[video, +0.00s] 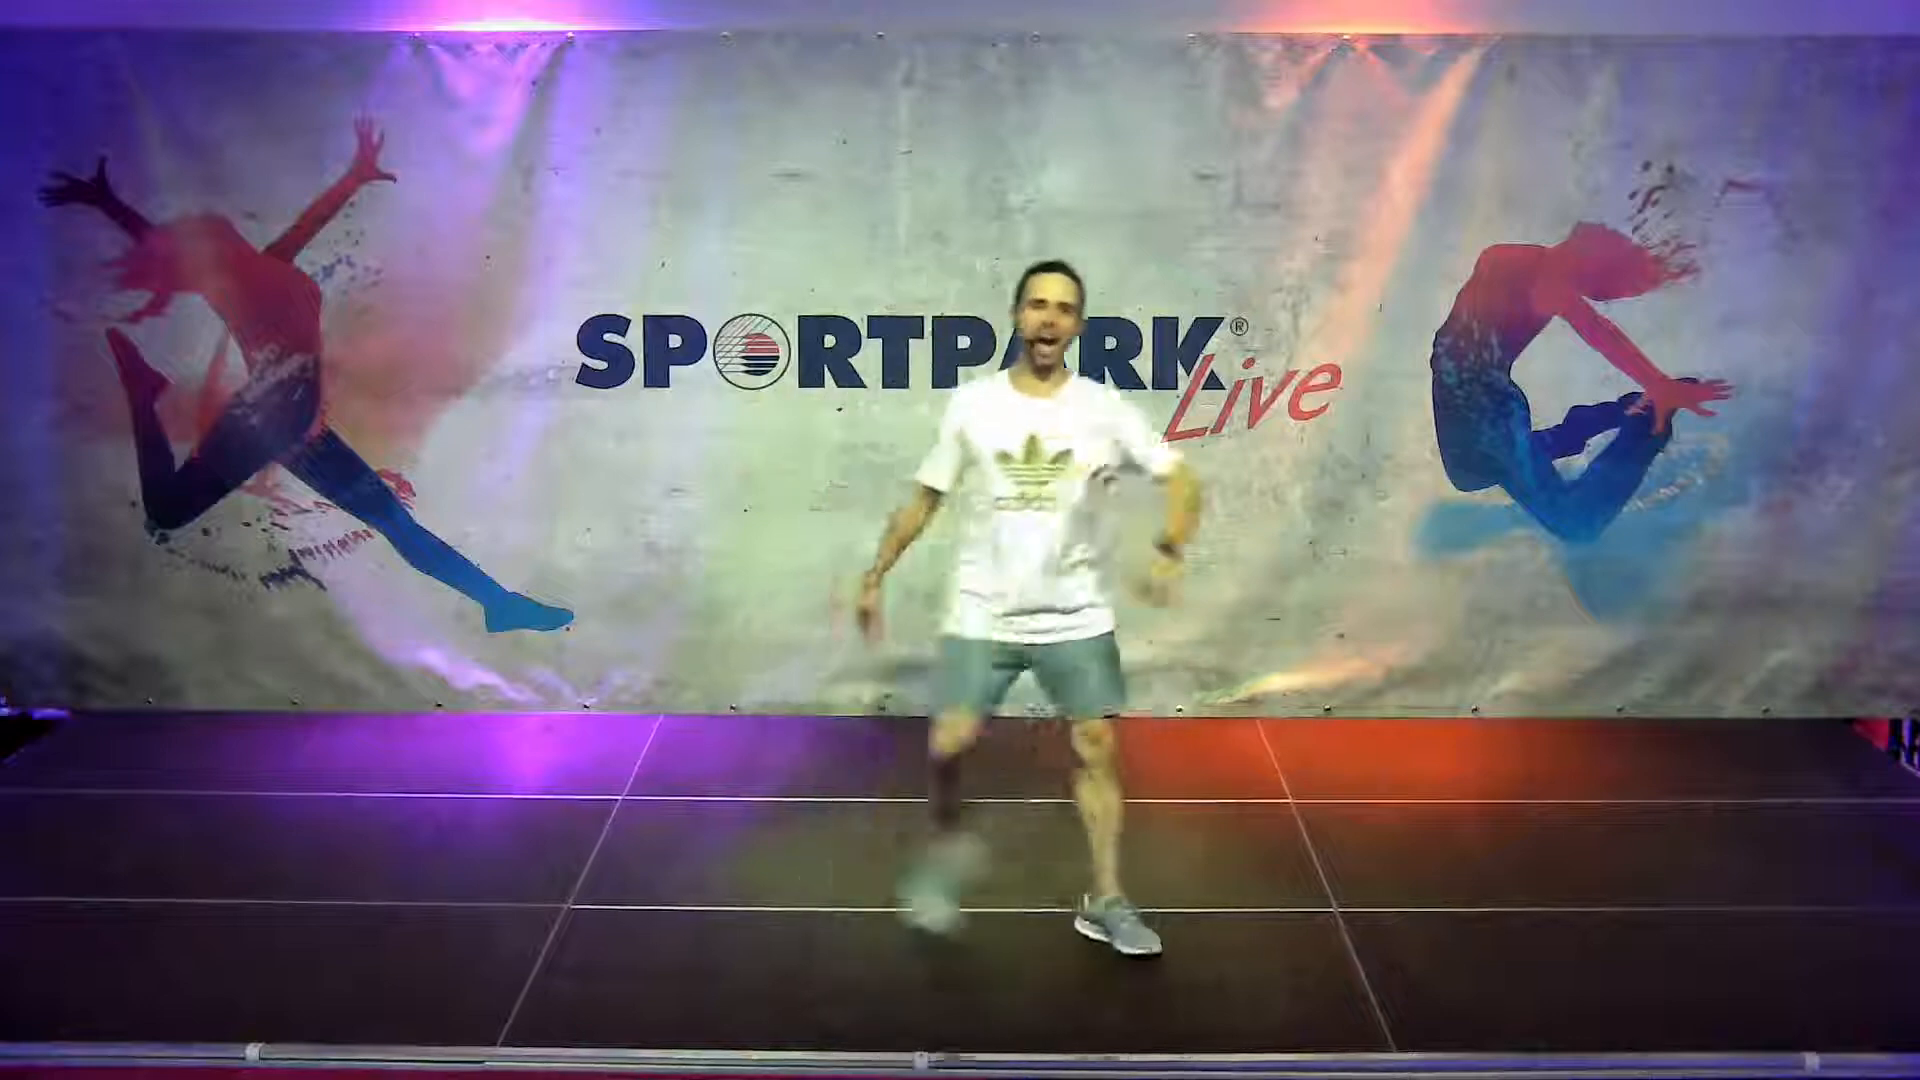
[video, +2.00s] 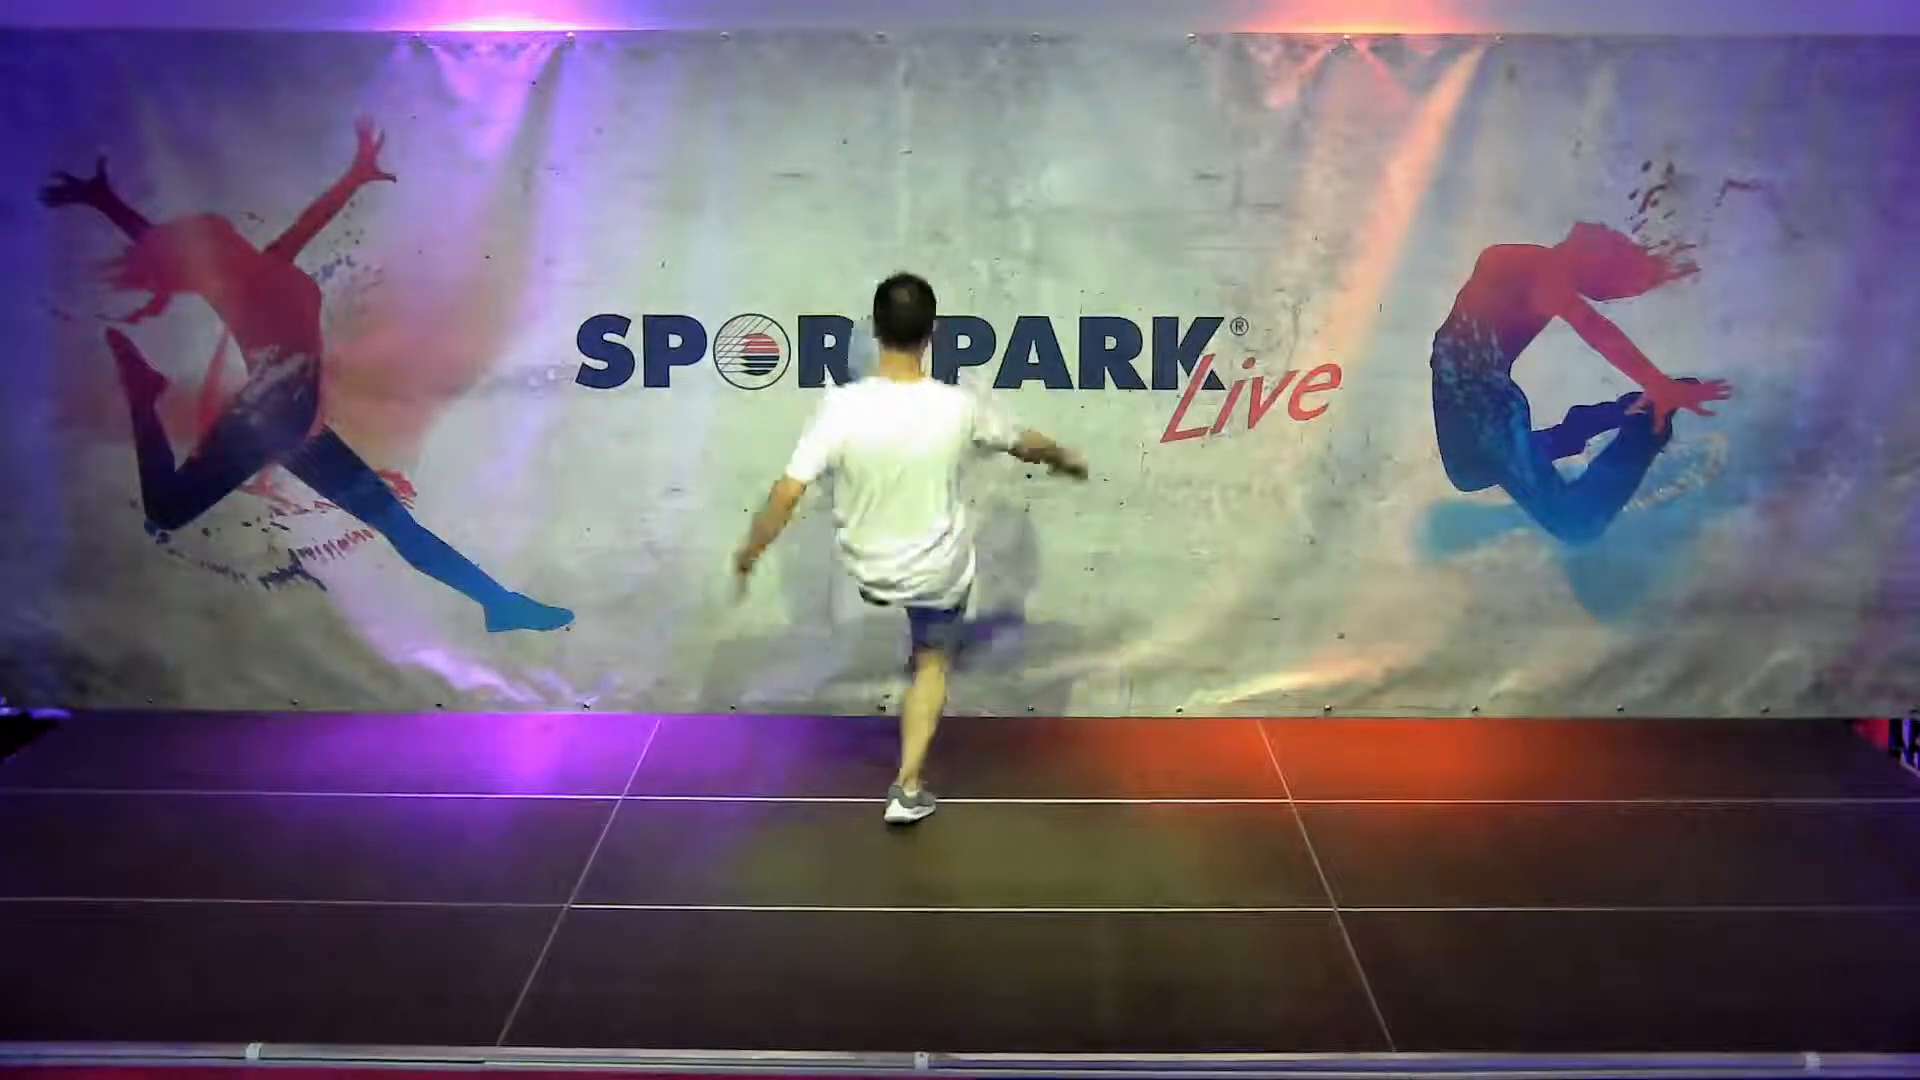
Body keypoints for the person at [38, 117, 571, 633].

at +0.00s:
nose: (166, 291)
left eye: (169, 269)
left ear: (198, 251)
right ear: (195, 246)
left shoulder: (264, 271)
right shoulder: (229, 271)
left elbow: (305, 224)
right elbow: (159, 245)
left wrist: (357, 175)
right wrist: (105, 202)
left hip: (299, 425)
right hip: (266, 418)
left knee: (389, 515)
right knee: (167, 510)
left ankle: (500, 602)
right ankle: (140, 390)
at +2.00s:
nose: (191, 283)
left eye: (190, 264)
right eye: (191, 262)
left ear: (208, 255)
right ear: (208, 251)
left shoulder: (263, 269)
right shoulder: (240, 279)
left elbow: (311, 221)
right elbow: (160, 246)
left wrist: (358, 175)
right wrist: (104, 201)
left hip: (297, 426)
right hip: (262, 422)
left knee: (387, 513)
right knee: (166, 510)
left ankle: (500, 602)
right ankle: (141, 394)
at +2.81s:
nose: (188, 287)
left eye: (188, 267)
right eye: (188, 267)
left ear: (207, 256)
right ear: (208, 252)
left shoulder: (261, 268)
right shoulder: (241, 280)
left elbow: (311, 220)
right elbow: (160, 247)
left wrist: (358, 175)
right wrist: (105, 202)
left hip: (298, 427)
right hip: (261, 422)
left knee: (387, 514)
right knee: (166, 511)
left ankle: (500, 602)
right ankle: (141, 396)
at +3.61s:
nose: (183, 280)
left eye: (179, 261)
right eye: (177, 261)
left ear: (204, 250)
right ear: (198, 249)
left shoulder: (264, 268)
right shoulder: (229, 274)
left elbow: (308, 223)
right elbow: (159, 244)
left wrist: (358, 175)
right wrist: (105, 202)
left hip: (298, 426)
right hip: (264, 419)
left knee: (388, 515)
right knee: (166, 511)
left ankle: (500, 602)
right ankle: (143, 396)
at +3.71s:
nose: (183, 279)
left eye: (179, 261)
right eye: (177, 261)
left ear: (204, 251)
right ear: (198, 249)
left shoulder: (264, 268)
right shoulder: (229, 274)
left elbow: (308, 223)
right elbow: (159, 244)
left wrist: (358, 175)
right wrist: (105, 202)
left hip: (298, 426)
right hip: (264, 419)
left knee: (388, 515)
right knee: (166, 511)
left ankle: (500, 602)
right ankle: (143, 396)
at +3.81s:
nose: (181, 282)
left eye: (178, 263)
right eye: (175, 263)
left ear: (203, 251)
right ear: (197, 250)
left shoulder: (263, 268)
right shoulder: (231, 274)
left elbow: (307, 223)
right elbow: (158, 244)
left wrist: (358, 175)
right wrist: (105, 202)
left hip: (298, 425)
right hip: (264, 420)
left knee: (389, 516)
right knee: (166, 512)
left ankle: (500, 602)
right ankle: (143, 397)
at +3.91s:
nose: (172, 288)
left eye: (172, 267)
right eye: (168, 270)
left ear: (201, 252)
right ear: (199, 249)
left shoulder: (262, 268)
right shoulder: (233, 275)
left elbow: (307, 223)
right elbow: (160, 242)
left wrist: (358, 175)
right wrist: (106, 203)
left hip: (298, 426)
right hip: (264, 421)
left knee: (389, 516)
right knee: (166, 511)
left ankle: (500, 602)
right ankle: (142, 395)